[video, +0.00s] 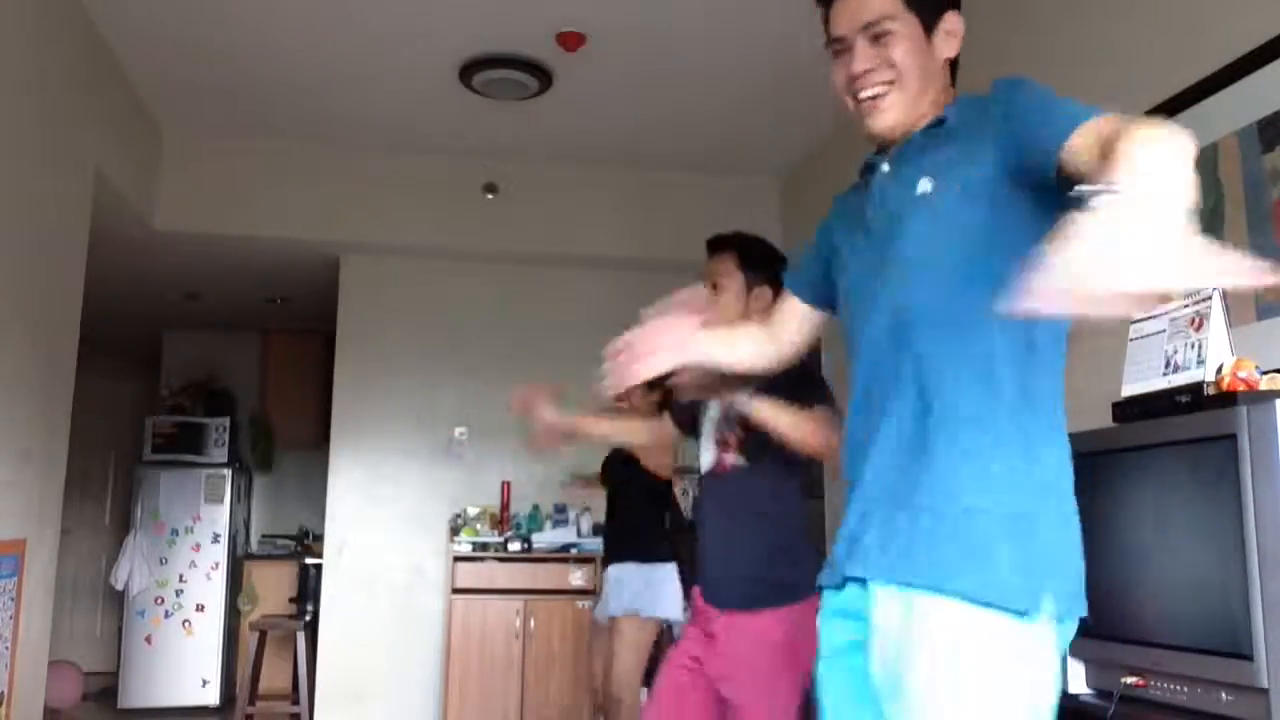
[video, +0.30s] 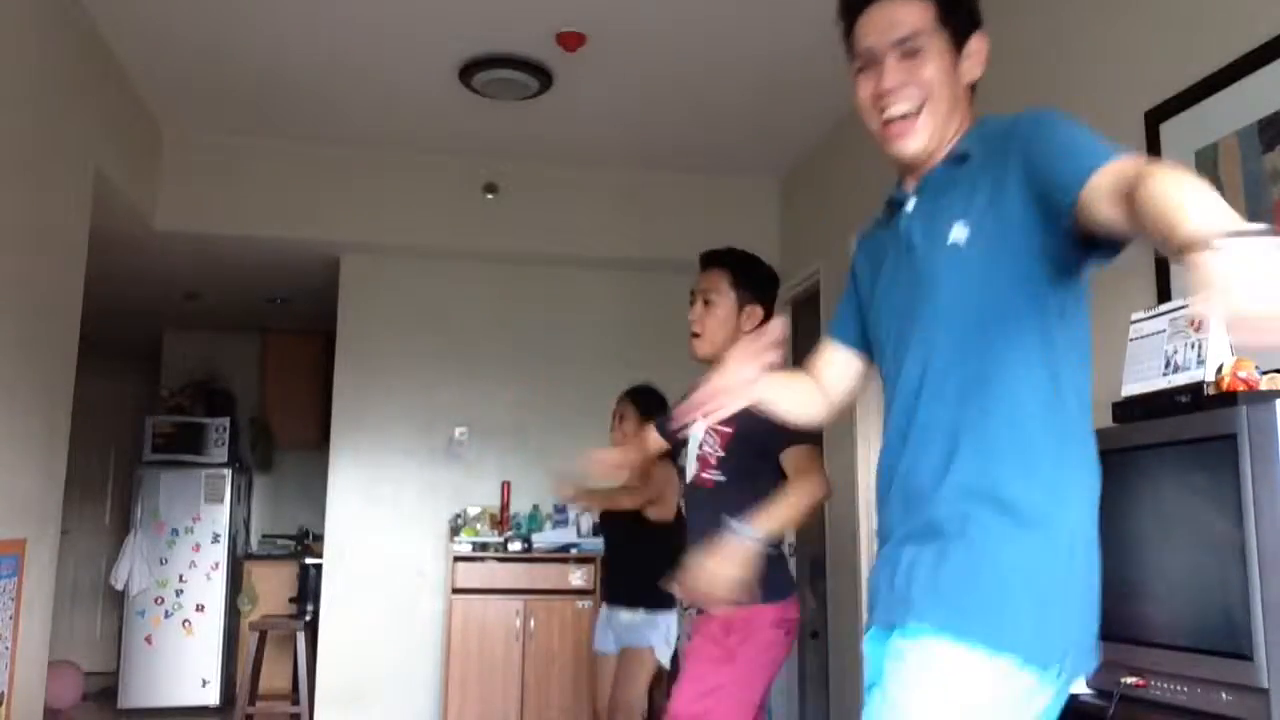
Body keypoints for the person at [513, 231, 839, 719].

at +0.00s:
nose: (705, 300)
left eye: (717, 287)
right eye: (706, 287)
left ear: (762, 298)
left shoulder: (794, 371)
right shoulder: (711, 375)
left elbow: (824, 441)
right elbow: (657, 431)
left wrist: (738, 394)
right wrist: (568, 424)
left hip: (773, 617)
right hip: (707, 613)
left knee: (767, 713)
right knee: (665, 711)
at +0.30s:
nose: (692, 315)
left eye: (707, 302)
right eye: (693, 302)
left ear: (751, 317)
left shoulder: (771, 394)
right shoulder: (703, 399)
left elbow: (810, 481)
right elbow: (644, 446)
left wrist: (741, 542)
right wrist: (617, 464)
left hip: (754, 607)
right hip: (707, 600)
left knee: (692, 711)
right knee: (721, 711)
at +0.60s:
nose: (705, 308)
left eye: (718, 294)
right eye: (706, 294)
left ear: (763, 306)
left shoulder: (796, 385)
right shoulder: (710, 393)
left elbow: (783, 472)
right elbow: (651, 470)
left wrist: (691, 449)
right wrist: (675, 508)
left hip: (773, 614)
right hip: (696, 608)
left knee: (767, 715)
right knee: (678, 714)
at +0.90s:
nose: (705, 300)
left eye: (718, 285)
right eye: (705, 286)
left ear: (763, 296)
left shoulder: (783, 353)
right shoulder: (725, 364)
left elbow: (811, 380)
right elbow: (678, 384)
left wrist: (735, 375)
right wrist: (618, 396)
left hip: (751, 578)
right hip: (714, 578)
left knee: (719, 710)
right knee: (670, 708)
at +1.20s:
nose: (711, 305)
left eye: (726, 291)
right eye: (712, 291)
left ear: (770, 305)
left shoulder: (795, 374)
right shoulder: (722, 380)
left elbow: (797, 406)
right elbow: (650, 425)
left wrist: (695, 388)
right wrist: (560, 430)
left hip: (763, 591)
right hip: (722, 589)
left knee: (695, 710)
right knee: (744, 714)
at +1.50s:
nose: (719, 330)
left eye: (733, 315)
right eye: (719, 316)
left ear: (778, 327)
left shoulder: (811, 399)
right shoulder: (732, 410)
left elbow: (774, 419)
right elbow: (661, 443)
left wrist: (678, 412)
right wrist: (601, 449)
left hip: (781, 641)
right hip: (707, 629)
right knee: (649, 712)